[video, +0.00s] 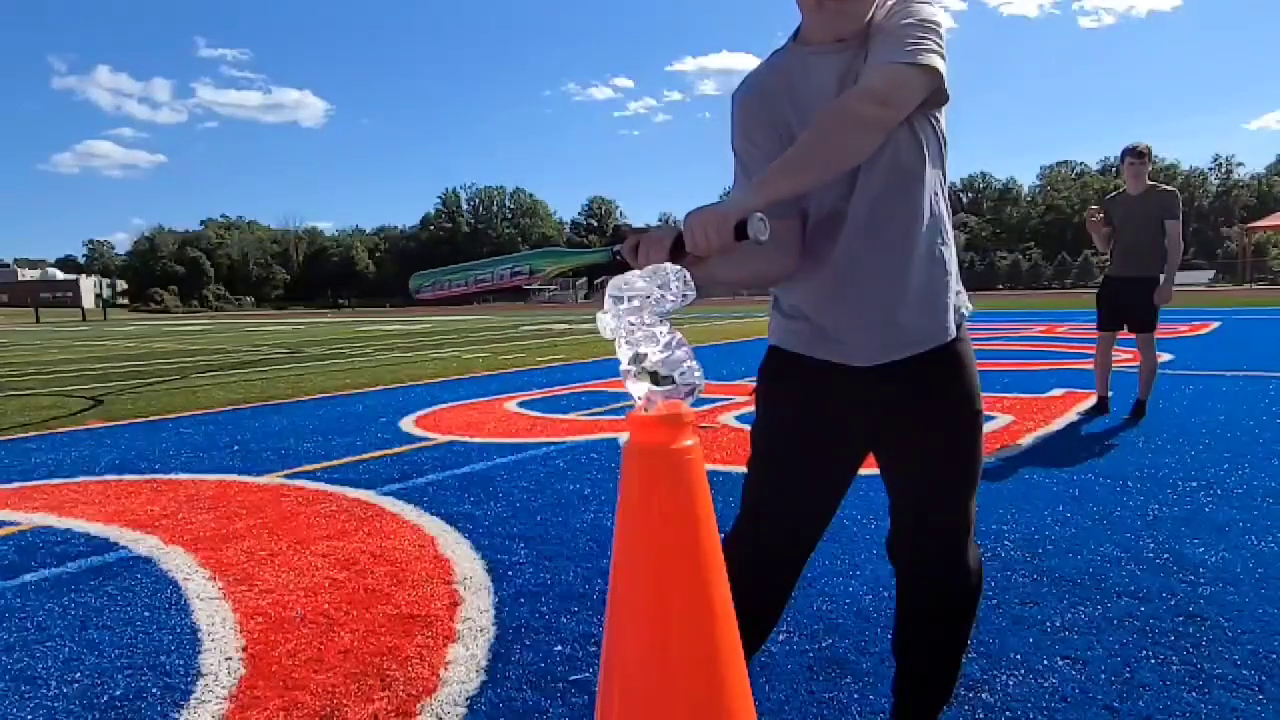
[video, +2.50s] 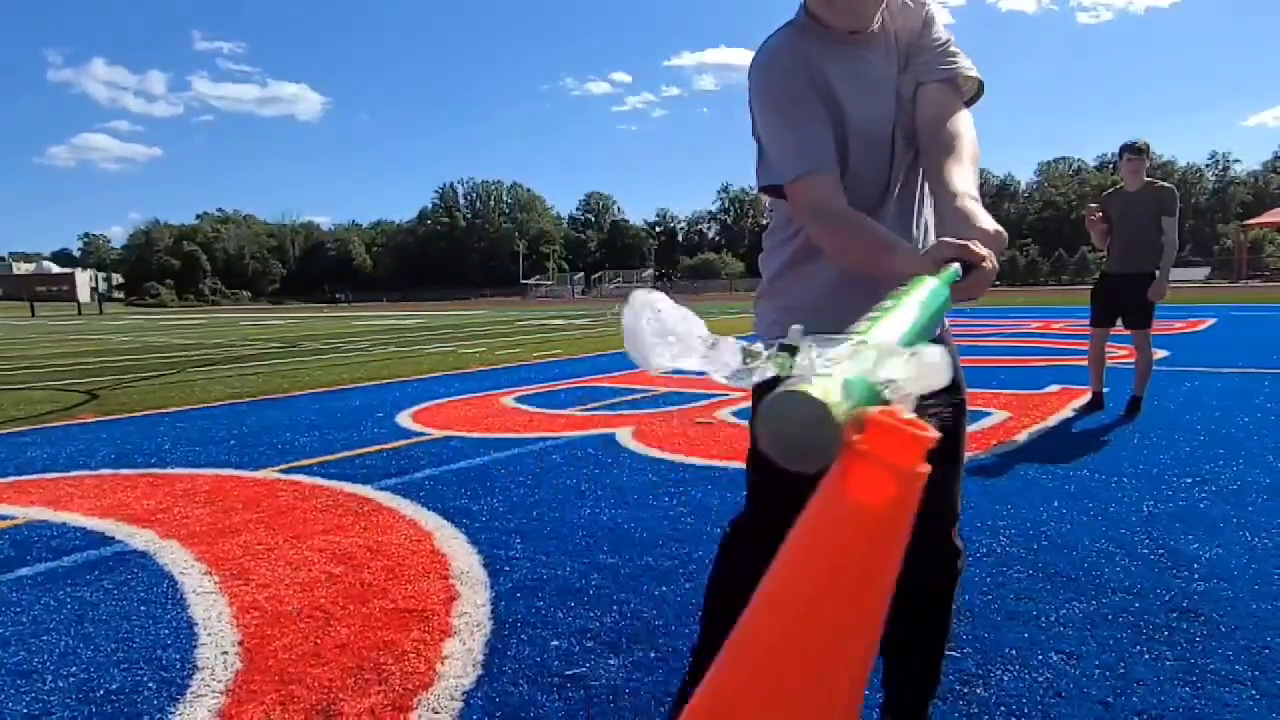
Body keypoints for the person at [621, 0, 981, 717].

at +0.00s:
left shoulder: (911, 17)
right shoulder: (760, 93)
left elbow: (893, 95)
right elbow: (778, 251)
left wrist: (746, 202)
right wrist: (677, 255)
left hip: (928, 355)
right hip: (810, 363)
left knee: (940, 568)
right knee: (756, 568)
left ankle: (917, 712)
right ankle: (686, 698)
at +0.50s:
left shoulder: (910, 21)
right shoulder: (766, 87)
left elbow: (895, 113)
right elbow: (792, 251)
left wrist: (785, 210)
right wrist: (710, 271)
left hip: (927, 355)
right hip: (811, 364)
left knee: (941, 565)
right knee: (759, 565)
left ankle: (918, 707)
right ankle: (687, 696)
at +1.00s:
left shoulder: (918, 22)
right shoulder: (772, 79)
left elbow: (915, 121)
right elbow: (788, 223)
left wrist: (838, 207)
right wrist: (759, 273)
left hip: (924, 357)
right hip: (811, 363)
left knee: (936, 563)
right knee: (764, 554)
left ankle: (913, 711)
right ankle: (682, 694)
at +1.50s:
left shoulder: (919, 21)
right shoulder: (776, 72)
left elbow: (930, 122)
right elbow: (799, 197)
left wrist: (883, 198)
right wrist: (810, 267)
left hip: (921, 354)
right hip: (810, 362)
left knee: (932, 558)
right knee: (767, 547)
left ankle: (911, 711)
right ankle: (685, 689)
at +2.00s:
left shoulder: (922, 23)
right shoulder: (781, 68)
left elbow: (944, 124)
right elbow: (810, 212)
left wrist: (916, 195)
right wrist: (855, 264)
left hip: (920, 357)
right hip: (814, 362)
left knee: (930, 559)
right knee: (765, 551)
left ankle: (908, 712)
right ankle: (684, 693)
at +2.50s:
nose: (867, 0)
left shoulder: (916, 20)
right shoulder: (783, 62)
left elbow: (946, 122)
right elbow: (821, 211)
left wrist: (961, 202)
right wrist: (912, 265)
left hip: (914, 328)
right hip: (808, 336)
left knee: (930, 544)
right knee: (773, 534)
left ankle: (908, 706)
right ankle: (703, 702)